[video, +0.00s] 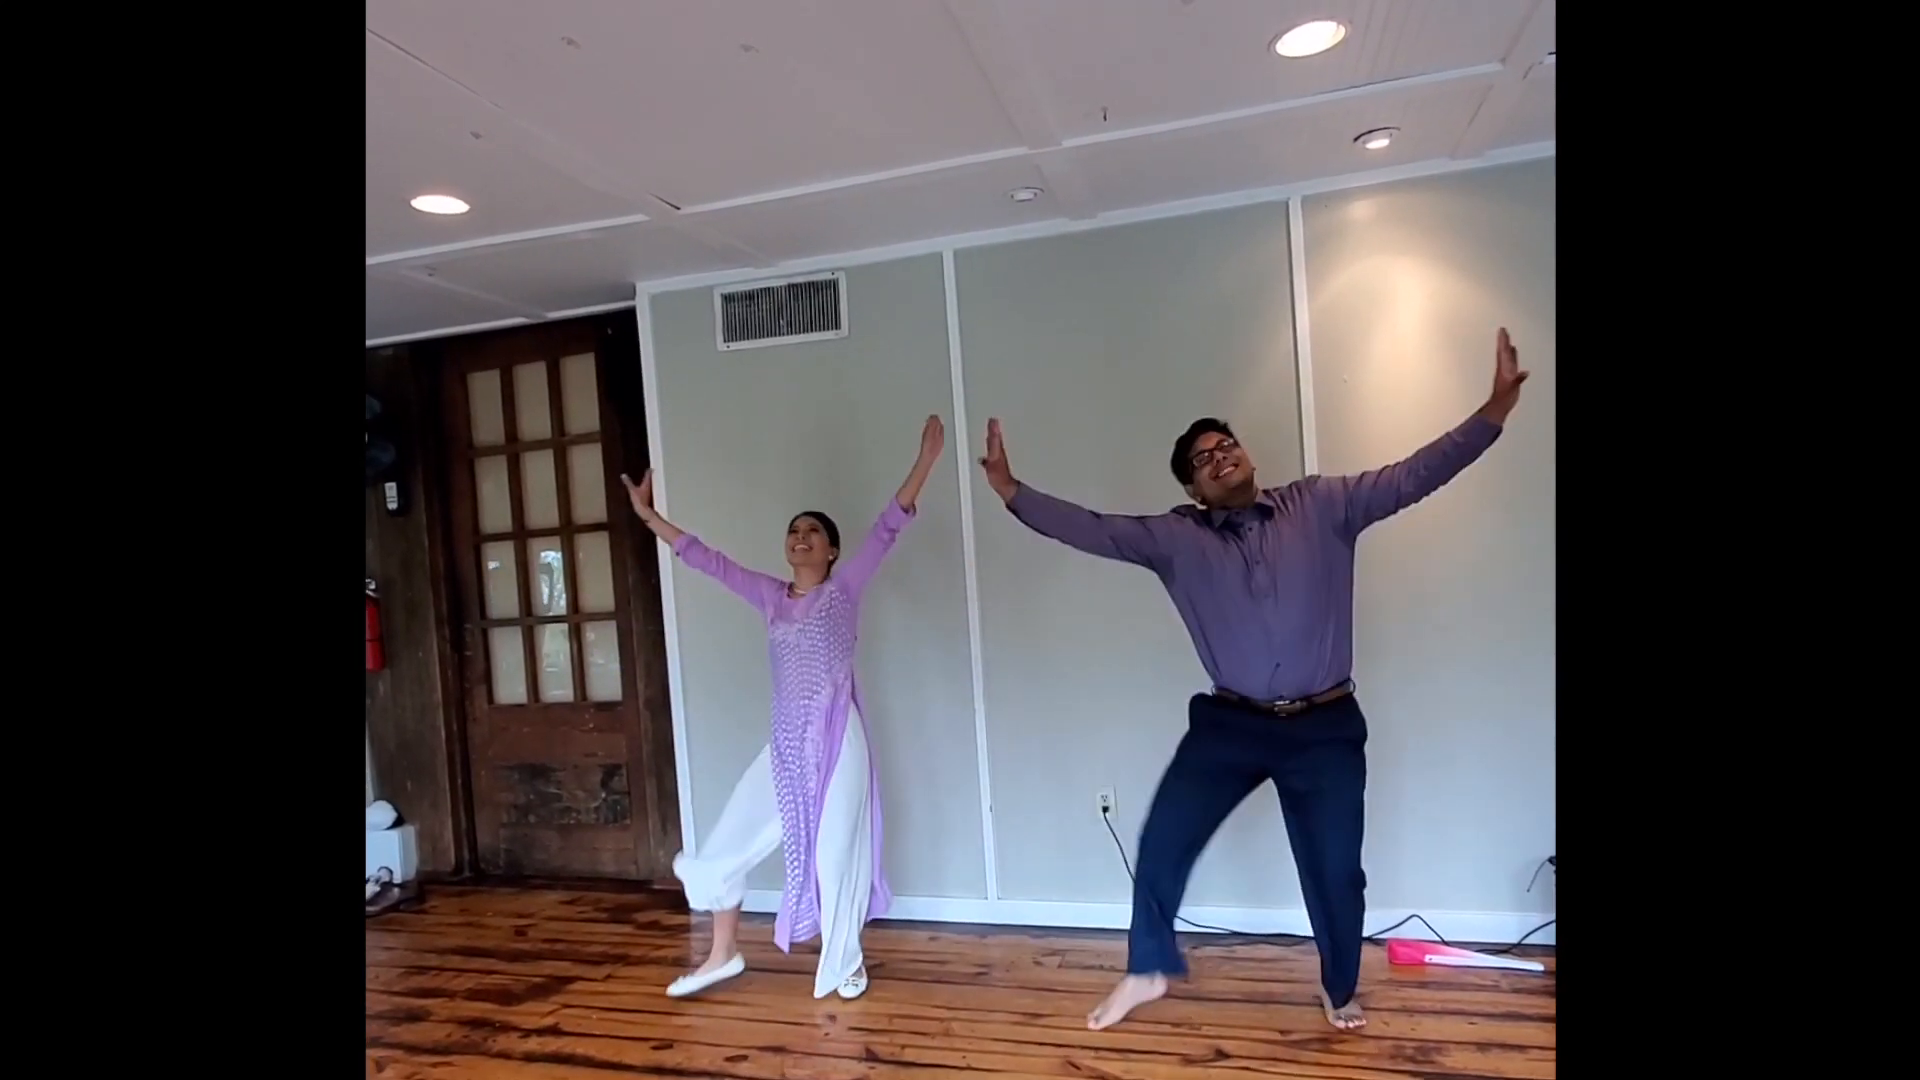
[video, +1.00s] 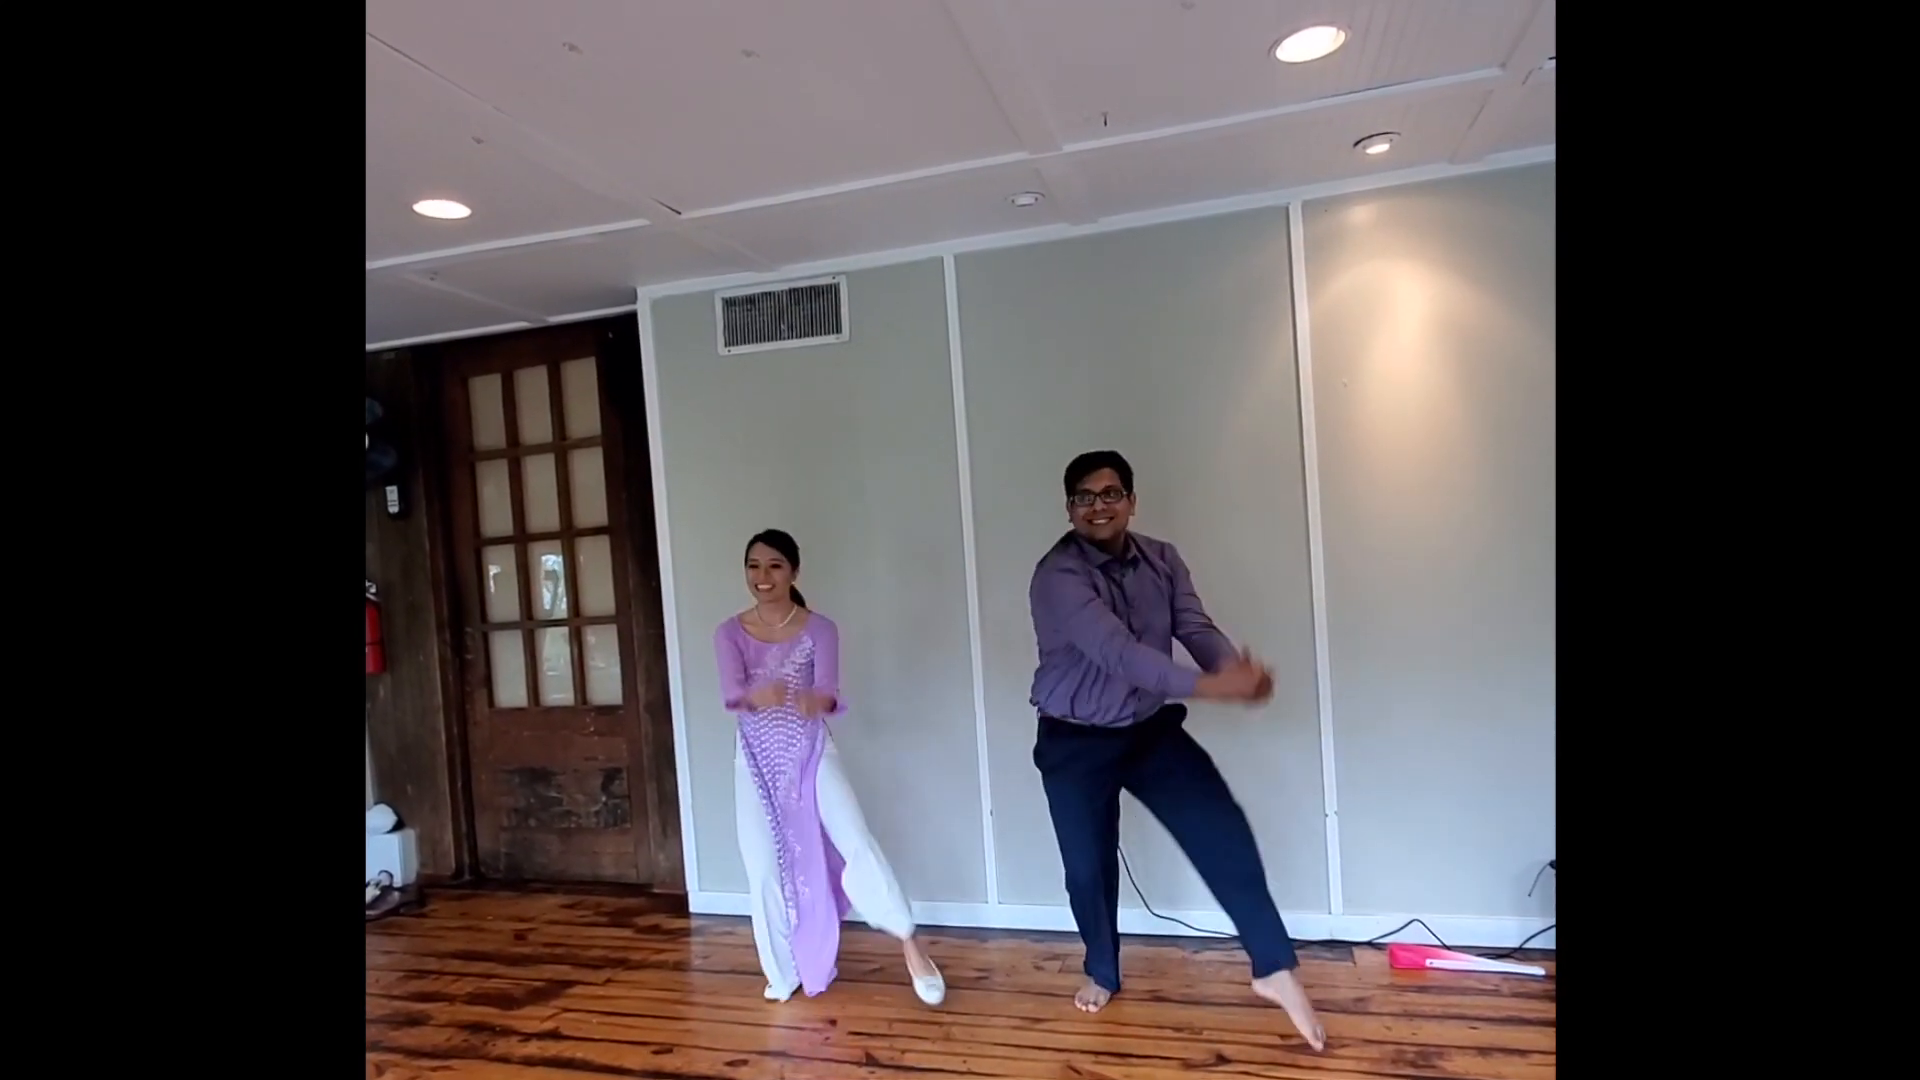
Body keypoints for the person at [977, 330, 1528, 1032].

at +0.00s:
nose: (1220, 458)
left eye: (1225, 448)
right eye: (1204, 459)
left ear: (1248, 457)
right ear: (1192, 488)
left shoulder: (1319, 503)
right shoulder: (1176, 538)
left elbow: (1411, 475)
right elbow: (1093, 527)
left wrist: (1494, 411)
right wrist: (1012, 492)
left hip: (1323, 722)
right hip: (1230, 722)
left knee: (1335, 871)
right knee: (1162, 841)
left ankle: (1341, 992)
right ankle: (1149, 968)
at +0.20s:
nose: (1218, 482)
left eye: (1226, 469)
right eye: (1202, 480)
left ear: (1251, 476)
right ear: (1192, 504)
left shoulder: (1316, 534)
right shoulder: (1178, 568)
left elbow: (1410, 514)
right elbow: (1095, 573)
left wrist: (1489, 443)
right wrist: (1028, 517)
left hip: (1317, 741)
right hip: (1222, 741)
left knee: (1347, 880)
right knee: (1169, 862)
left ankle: (1341, 996)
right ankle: (1150, 986)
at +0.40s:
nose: (1183, 482)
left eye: (1197, 471)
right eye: (1173, 472)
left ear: (1226, 478)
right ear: (1162, 481)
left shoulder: (1275, 524)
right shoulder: (1141, 534)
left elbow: (1365, 520)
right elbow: (1089, 550)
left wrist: (1472, 510)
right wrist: (1034, 559)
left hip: (1268, 732)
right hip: (1175, 728)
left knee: (1310, 869)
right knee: (1105, 840)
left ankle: (1336, 998)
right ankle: (1112, 949)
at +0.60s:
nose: (1133, 485)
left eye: (1147, 474)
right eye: (1123, 474)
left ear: (1170, 482)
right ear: (1110, 482)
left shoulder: (1204, 545)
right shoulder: (1080, 557)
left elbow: (1283, 590)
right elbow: (1063, 636)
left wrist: (1304, 651)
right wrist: (1136, 658)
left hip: (1201, 712)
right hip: (1116, 727)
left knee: (1279, 786)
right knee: (1100, 853)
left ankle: (1234, 886)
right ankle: (1103, 970)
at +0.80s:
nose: (1113, 510)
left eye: (1126, 499)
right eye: (1099, 500)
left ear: (1146, 508)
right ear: (1086, 511)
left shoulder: (1167, 565)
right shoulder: (1069, 579)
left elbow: (1234, 649)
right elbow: (1083, 678)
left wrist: (1219, 619)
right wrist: (1169, 626)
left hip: (1162, 718)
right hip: (1086, 738)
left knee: (1253, 749)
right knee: (1085, 874)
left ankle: (1203, 876)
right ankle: (1104, 966)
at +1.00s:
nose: (1098, 506)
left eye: (1110, 494)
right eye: (1084, 497)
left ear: (1131, 501)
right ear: (1069, 507)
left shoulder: (1161, 559)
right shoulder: (1059, 577)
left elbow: (1194, 628)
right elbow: (1117, 651)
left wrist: (1233, 665)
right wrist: (1207, 685)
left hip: (1153, 729)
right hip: (1076, 740)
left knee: (1222, 831)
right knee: (1088, 868)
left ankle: (1274, 969)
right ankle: (1101, 972)